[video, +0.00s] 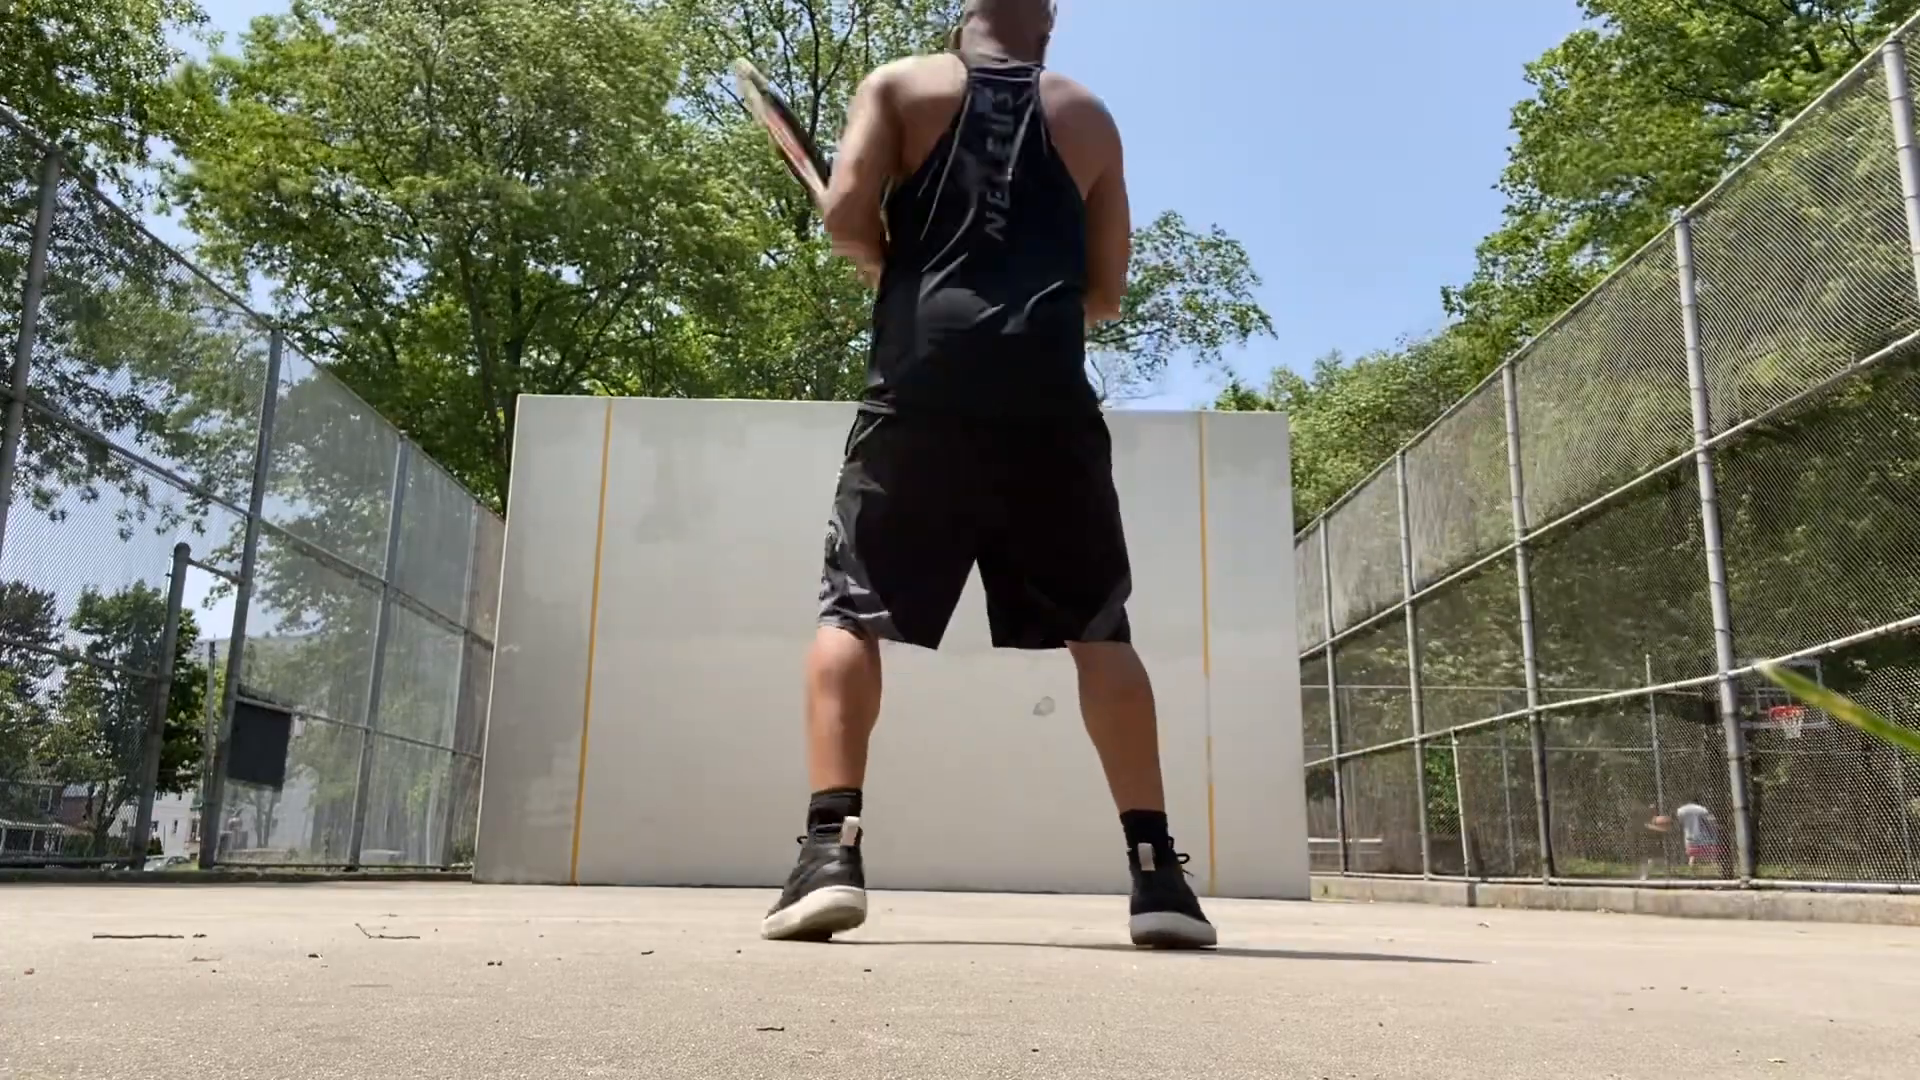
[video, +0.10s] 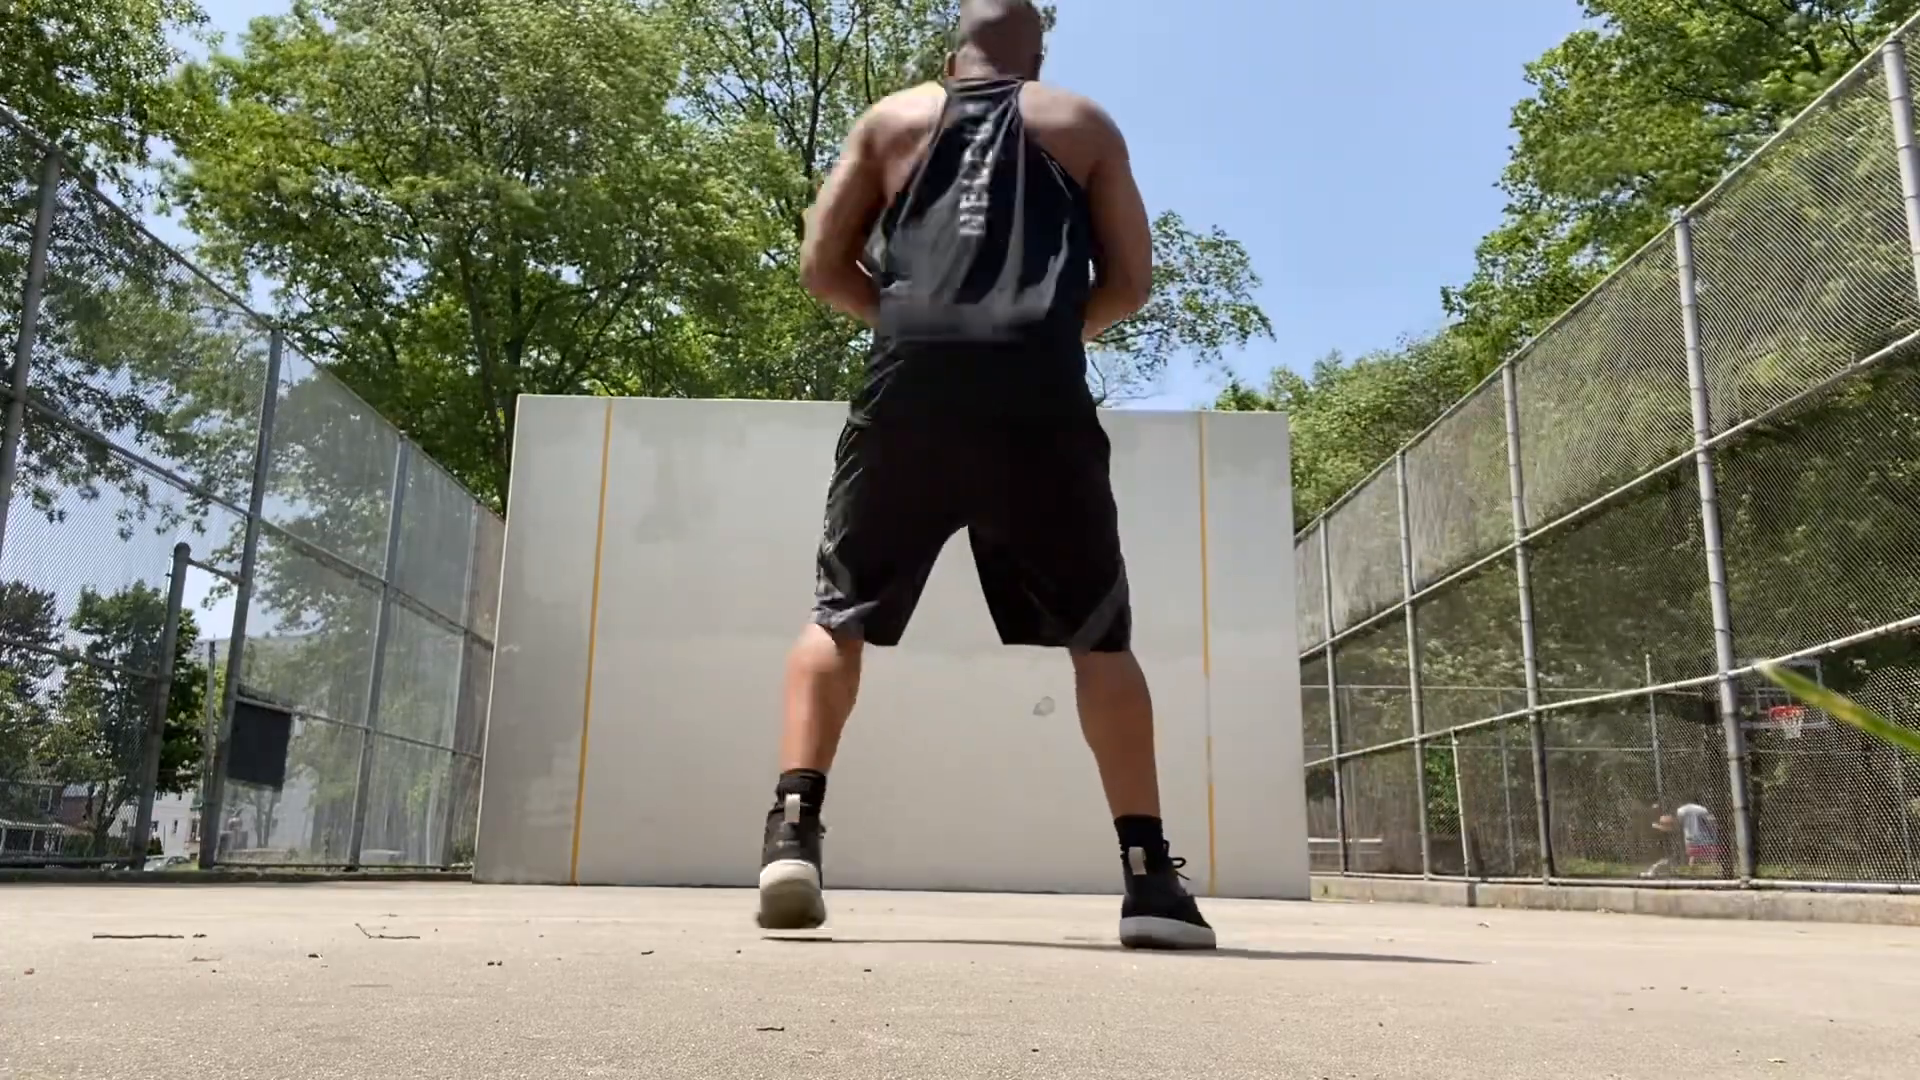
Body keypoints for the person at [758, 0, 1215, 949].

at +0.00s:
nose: (1044, 26)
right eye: (1049, 21)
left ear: (962, 21)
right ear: (1046, 27)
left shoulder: (896, 86)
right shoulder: (1087, 117)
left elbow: (846, 214)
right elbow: (1104, 291)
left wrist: (895, 267)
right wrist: (1021, 302)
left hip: (919, 403)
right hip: (1051, 412)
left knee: (853, 613)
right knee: (1101, 634)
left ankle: (829, 855)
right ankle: (1158, 877)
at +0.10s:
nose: (1040, 43)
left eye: (1024, 34)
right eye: (1040, 36)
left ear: (951, 53)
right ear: (1037, 51)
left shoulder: (890, 119)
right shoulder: (1079, 120)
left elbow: (824, 270)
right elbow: (1128, 283)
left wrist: (915, 316)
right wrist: (1054, 329)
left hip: (910, 388)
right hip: (1040, 393)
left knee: (843, 610)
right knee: (1100, 637)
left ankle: (791, 837)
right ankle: (1151, 880)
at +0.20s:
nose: (1042, 89)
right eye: (1044, 79)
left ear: (956, 84)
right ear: (1038, 84)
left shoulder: (886, 155)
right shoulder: (1067, 128)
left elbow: (835, 316)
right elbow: (1109, 270)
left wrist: (923, 355)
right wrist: (1044, 361)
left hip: (886, 395)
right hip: (1015, 393)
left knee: (841, 638)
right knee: (1113, 625)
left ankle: (764, 868)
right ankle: (1155, 882)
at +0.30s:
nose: (1061, 83)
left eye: (1047, 74)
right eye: (1060, 75)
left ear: (977, 83)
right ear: (1054, 75)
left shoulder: (901, 161)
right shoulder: (1071, 113)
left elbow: (866, 300)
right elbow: (1090, 226)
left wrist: (905, 381)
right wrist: (1054, 367)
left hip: (879, 387)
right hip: (1009, 377)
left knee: (837, 634)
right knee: (1149, 604)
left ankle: (763, 863)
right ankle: (1183, 872)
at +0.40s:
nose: (1099, 51)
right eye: (1096, 42)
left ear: (1008, 51)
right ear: (1081, 43)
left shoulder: (935, 144)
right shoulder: (1094, 82)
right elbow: (1132, 170)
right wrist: (1113, 328)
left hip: (904, 398)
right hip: (1037, 391)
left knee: (857, 636)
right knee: (1189, 611)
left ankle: (765, 867)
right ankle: (1227, 850)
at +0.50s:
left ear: (1062, 11)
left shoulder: (999, 86)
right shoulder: (1161, 18)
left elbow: (1019, 234)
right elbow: (1241, 80)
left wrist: (1186, 311)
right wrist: (1210, 251)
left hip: (968, 339)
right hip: (1098, 328)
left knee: (902, 613)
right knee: (1234, 594)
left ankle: (781, 857)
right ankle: (1235, 874)